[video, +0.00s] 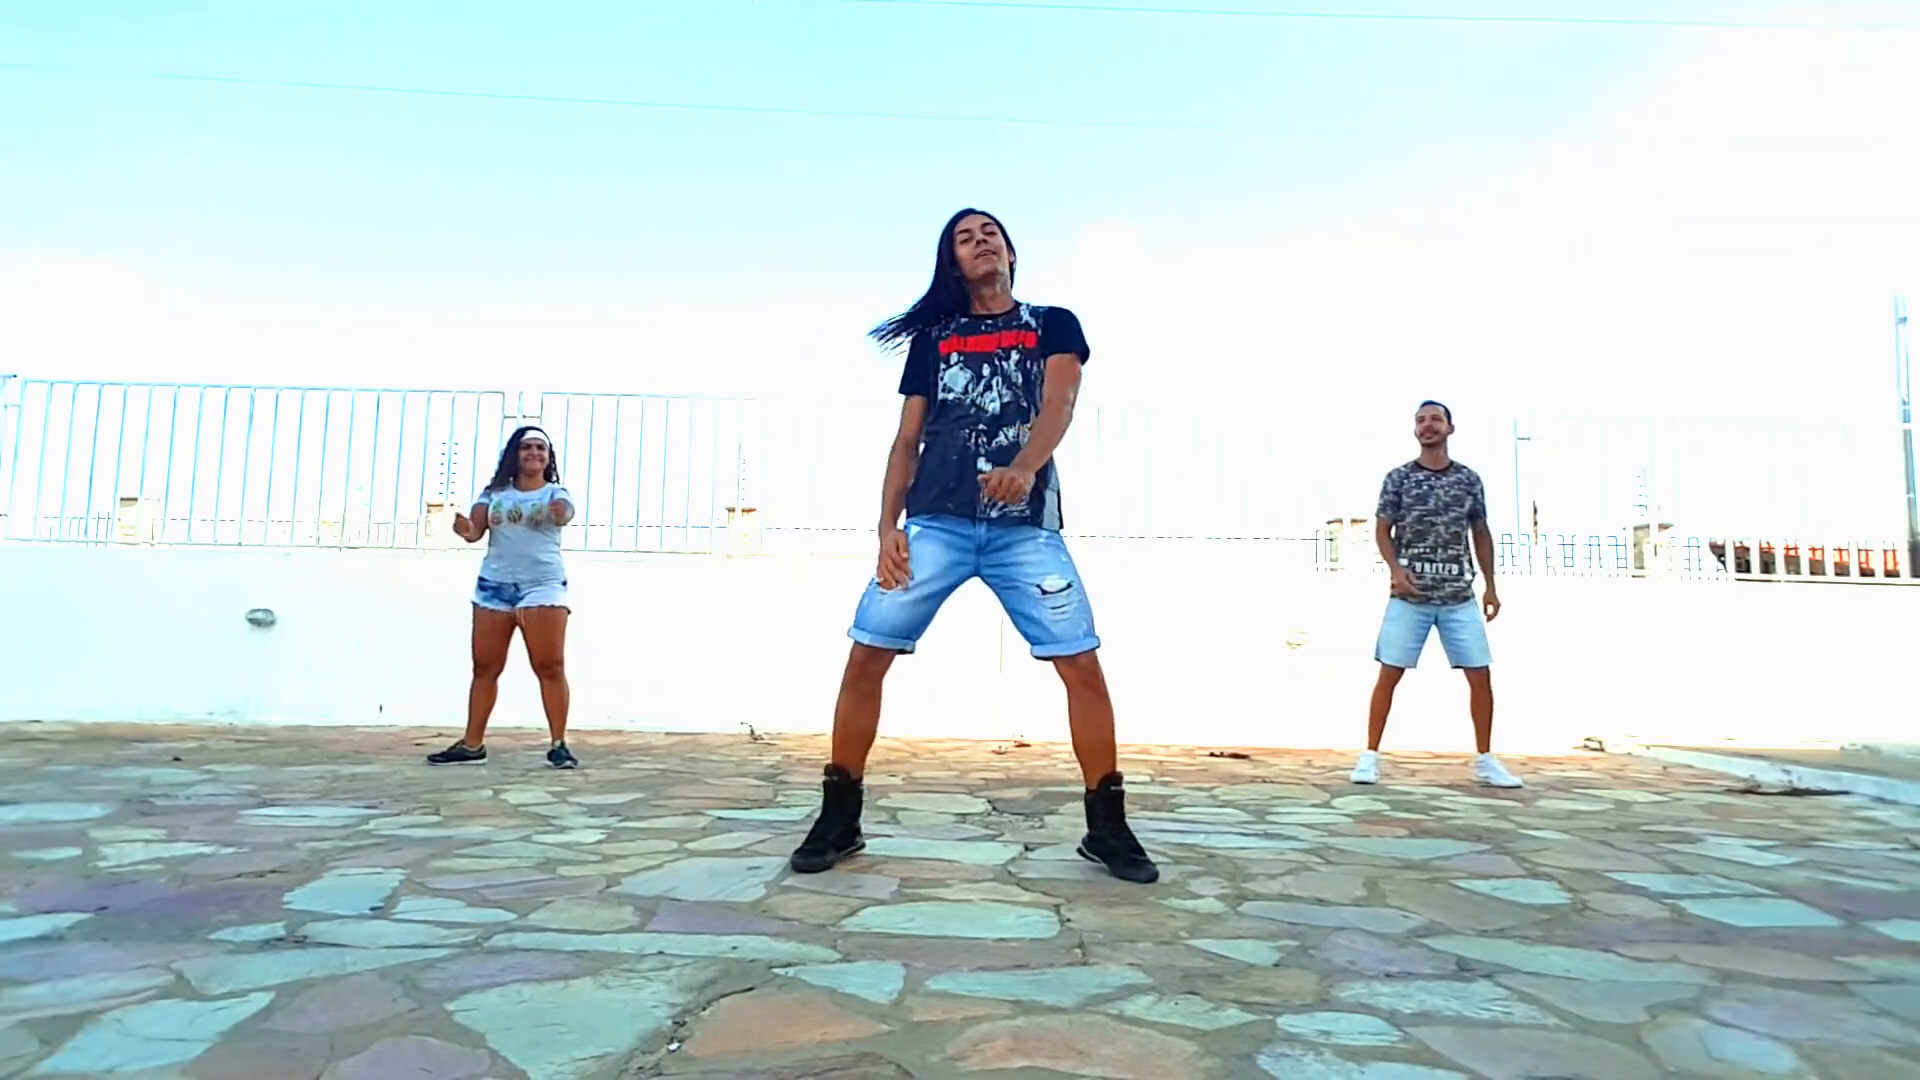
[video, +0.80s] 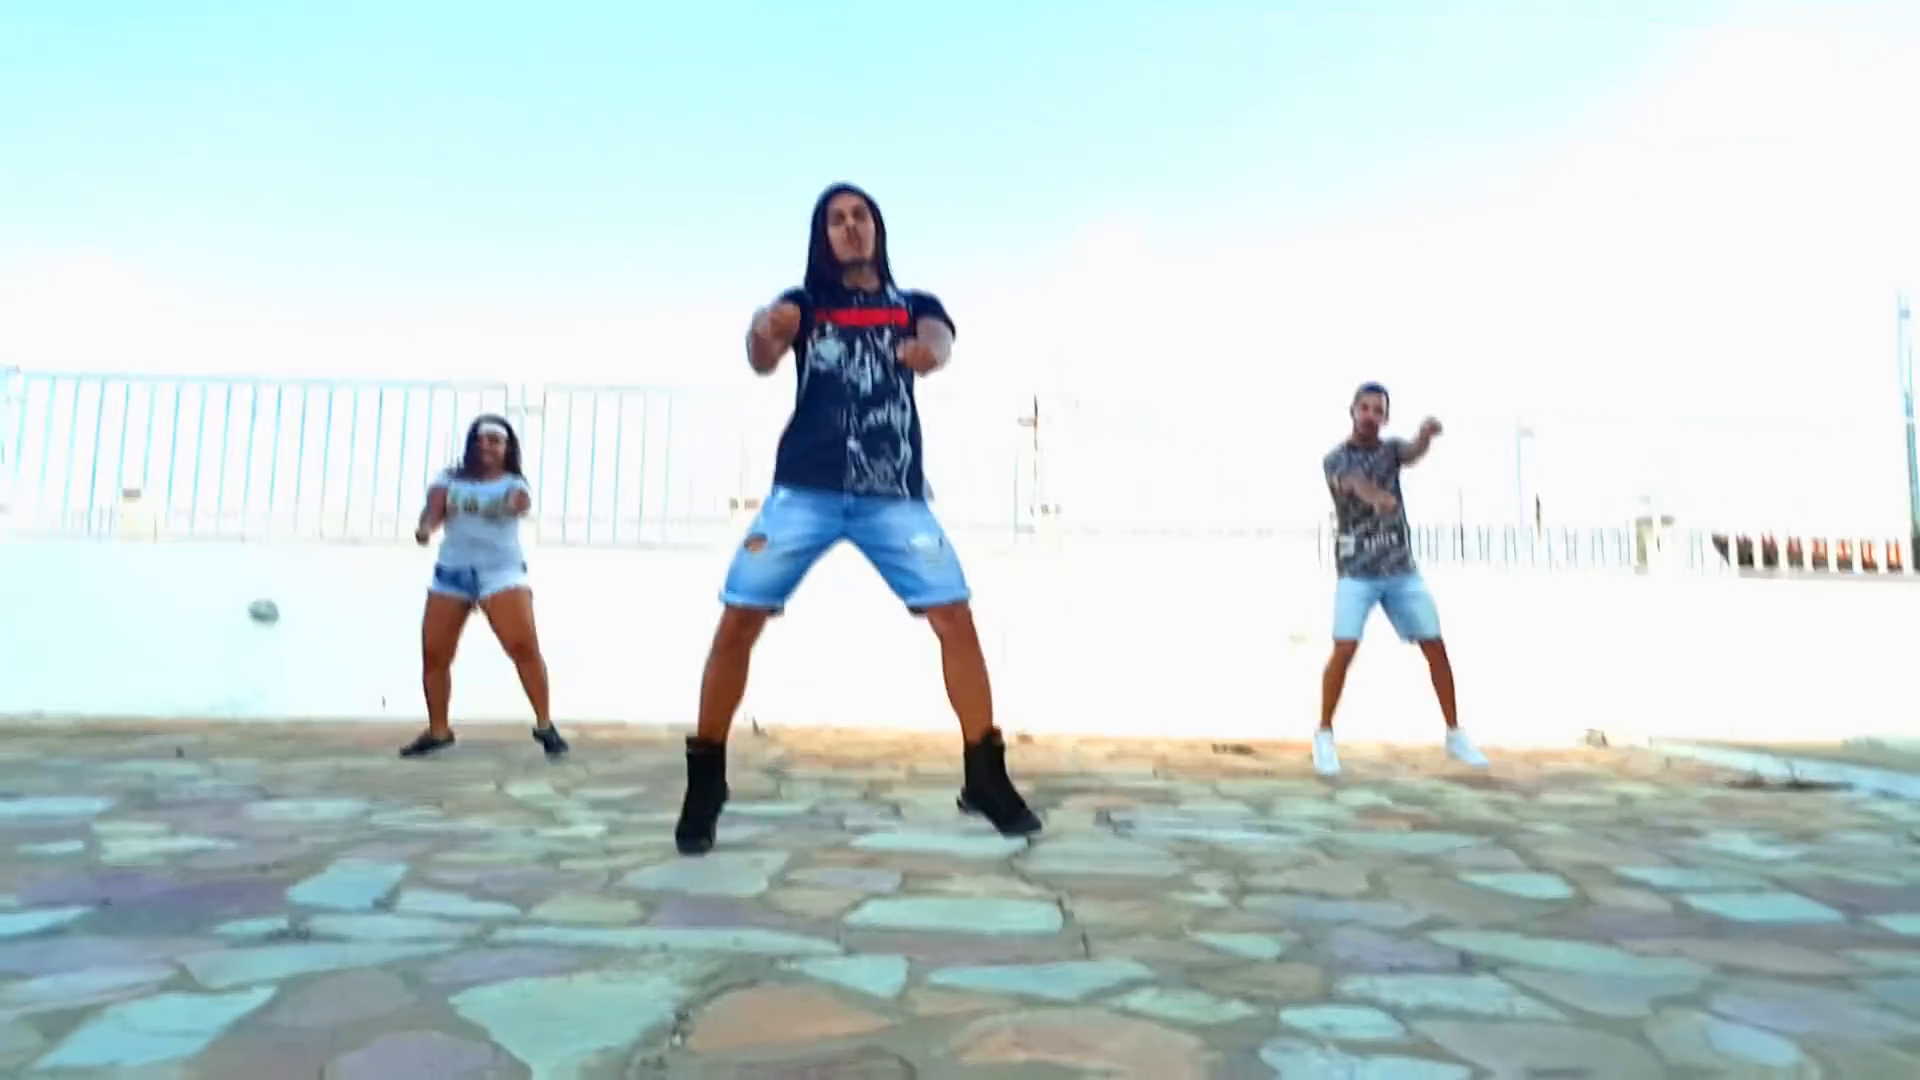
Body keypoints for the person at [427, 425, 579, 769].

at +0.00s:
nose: (534, 453)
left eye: (540, 448)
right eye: (527, 448)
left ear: (548, 457)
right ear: (514, 455)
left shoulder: (555, 492)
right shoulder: (494, 493)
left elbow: (562, 511)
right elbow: (475, 530)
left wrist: (557, 514)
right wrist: (466, 528)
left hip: (542, 586)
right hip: (494, 585)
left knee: (549, 667)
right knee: (484, 668)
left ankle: (558, 744)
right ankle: (472, 743)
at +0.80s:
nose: (489, 446)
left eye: (497, 440)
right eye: (483, 439)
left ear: (508, 448)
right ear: (472, 445)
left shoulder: (512, 483)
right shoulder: (449, 481)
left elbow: (520, 499)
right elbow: (433, 510)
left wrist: (517, 506)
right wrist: (426, 526)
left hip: (501, 570)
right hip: (453, 569)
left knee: (523, 648)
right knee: (434, 655)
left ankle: (544, 724)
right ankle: (438, 730)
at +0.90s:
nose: (468, 435)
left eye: (476, 430)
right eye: (462, 430)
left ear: (491, 436)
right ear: (454, 438)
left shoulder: (505, 467)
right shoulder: (442, 472)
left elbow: (507, 482)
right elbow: (422, 505)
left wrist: (502, 488)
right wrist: (390, 522)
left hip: (487, 565)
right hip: (437, 564)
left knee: (497, 643)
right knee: (419, 646)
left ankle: (507, 725)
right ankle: (419, 723)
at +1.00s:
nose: (453, 439)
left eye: (461, 434)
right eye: (446, 434)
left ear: (477, 441)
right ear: (439, 443)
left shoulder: (491, 472)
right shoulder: (428, 481)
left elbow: (493, 485)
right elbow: (414, 516)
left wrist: (483, 490)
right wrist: (389, 530)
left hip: (474, 570)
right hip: (425, 567)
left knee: (475, 656)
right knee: (399, 648)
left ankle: (477, 738)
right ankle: (383, 724)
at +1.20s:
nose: (429, 461)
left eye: (438, 456)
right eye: (423, 456)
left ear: (452, 466)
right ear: (414, 464)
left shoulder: (457, 500)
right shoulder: (393, 494)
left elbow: (456, 525)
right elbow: (375, 523)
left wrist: (453, 516)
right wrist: (372, 539)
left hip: (439, 584)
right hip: (391, 586)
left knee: (449, 659)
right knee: (356, 663)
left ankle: (473, 740)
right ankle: (358, 742)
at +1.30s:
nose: (414, 444)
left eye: (423, 440)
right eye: (409, 439)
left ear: (437, 451)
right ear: (400, 447)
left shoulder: (440, 486)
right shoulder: (378, 478)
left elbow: (441, 505)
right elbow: (355, 507)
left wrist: (439, 505)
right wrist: (331, 520)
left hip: (419, 572)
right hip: (372, 570)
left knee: (432, 650)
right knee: (351, 654)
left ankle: (448, 731)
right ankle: (352, 733)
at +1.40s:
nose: (398, 433)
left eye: (406, 428)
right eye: (391, 429)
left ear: (422, 438)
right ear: (382, 438)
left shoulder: (432, 471)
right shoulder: (368, 471)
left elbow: (431, 487)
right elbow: (350, 504)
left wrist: (421, 490)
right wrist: (326, 514)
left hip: (409, 563)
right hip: (362, 561)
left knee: (408, 647)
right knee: (336, 643)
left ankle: (410, 730)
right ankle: (335, 724)